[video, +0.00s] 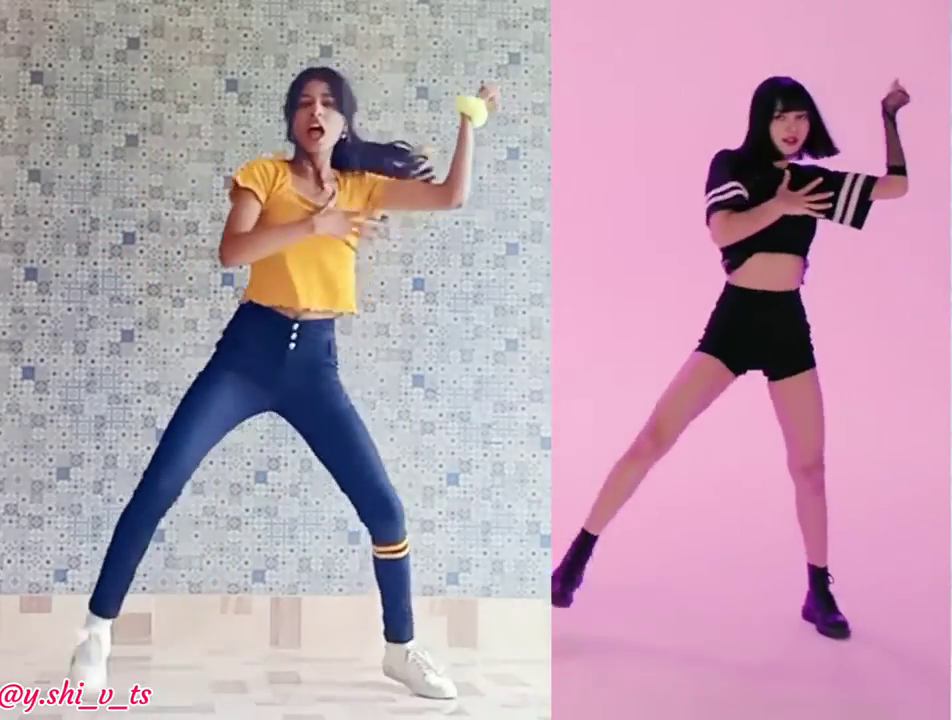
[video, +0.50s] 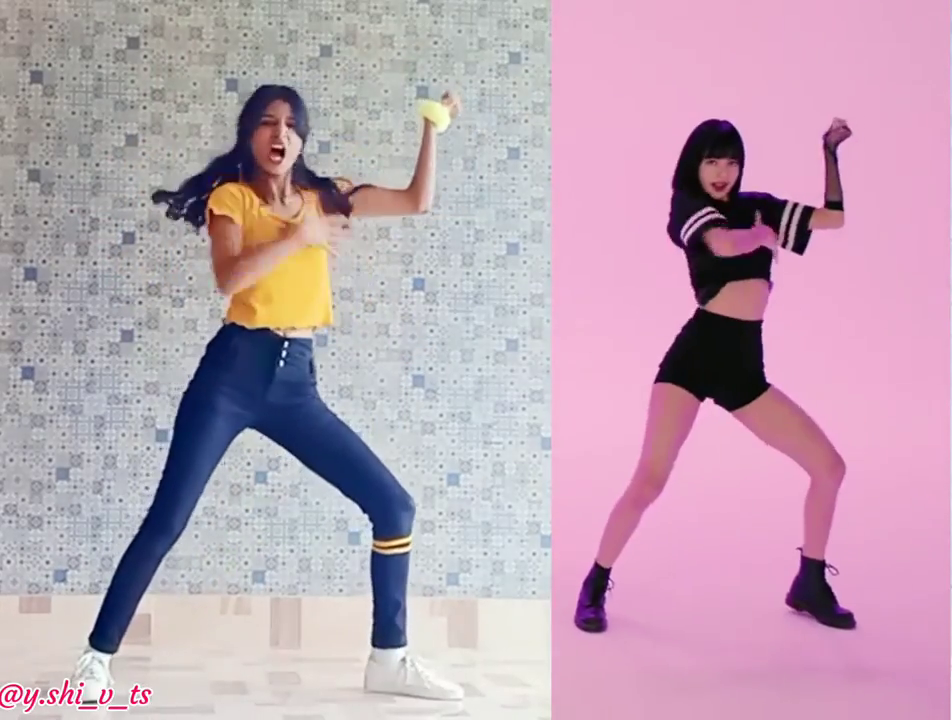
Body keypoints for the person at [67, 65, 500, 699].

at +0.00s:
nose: (314, 113)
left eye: (327, 104)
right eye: (304, 104)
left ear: (346, 120)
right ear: (289, 118)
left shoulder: (362, 186)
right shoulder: (263, 174)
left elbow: (450, 194)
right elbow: (232, 251)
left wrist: (468, 124)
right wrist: (316, 222)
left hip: (315, 370)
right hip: (245, 360)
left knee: (385, 510)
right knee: (159, 485)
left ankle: (401, 649)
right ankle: (95, 637)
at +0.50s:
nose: (280, 134)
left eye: (290, 126)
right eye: (267, 124)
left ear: (303, 138)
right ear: (246, 135)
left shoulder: (321, 197)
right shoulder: (231, 196)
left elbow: (415, 200)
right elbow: (231, 278)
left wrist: (429, 130)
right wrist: (304, 231)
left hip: (294, 387)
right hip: (230, 379)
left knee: (393, 505)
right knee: (166, 522)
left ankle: (389, 660)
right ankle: (95, 661)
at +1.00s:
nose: (261, 127)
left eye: (274, 117)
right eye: (250, 116)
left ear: (291, 129)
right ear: (236, 126)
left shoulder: (315, 184)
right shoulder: (217, 196)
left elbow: (408, 176)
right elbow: (174, 292)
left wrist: (428, 102)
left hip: (289, 377)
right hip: (223, 370)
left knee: (382, 502)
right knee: (160, 517)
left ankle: (390, 658)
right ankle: (95, 661)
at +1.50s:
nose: (305, 150)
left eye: (321, 152)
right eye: (303, 138)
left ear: (335, 175)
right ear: (285, 143)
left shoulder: (334, 222)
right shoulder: (233, 214)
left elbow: (434, 209)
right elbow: (180, 300)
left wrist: (466, 137)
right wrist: (123, 363)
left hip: (312, 400)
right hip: (243, 406)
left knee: (380, 533)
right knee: (151, 510)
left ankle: (410, 653)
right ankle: (131, 663)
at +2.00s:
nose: (264, 161)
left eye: (280, 158)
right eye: (258, 148)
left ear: (291, 176)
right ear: (240, 155)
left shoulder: (304, 212)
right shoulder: (205, 232)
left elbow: (391, 193)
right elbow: (143, 305)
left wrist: (394, 122)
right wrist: (68, 354)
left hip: (285, 400)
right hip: (214, 397)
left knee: (372, 505)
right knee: (152, 515)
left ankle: (380, 658)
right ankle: (112, 648)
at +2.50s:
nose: (315, 155)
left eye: (326, 147)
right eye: (305, 146)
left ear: (340, 159)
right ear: (287, 153)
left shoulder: (339, 236)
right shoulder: (251, 206)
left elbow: (326, 321)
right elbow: (189, 282)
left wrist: (347, 281)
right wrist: (117, 333)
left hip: (306, 382)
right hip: (240, 378)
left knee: (364, 509)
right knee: (162, 499)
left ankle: (369, 640)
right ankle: (122, 631)